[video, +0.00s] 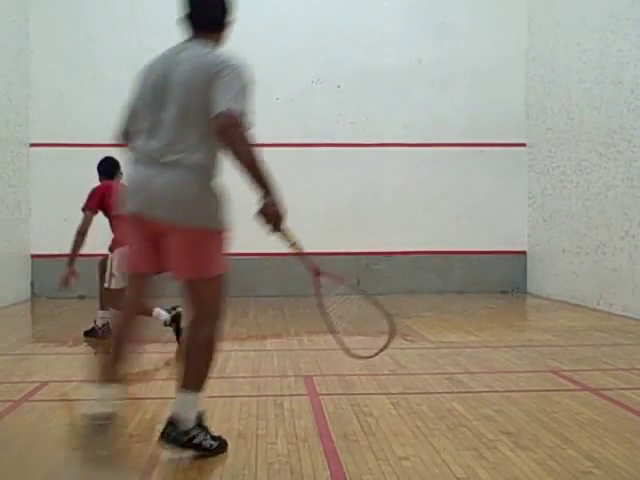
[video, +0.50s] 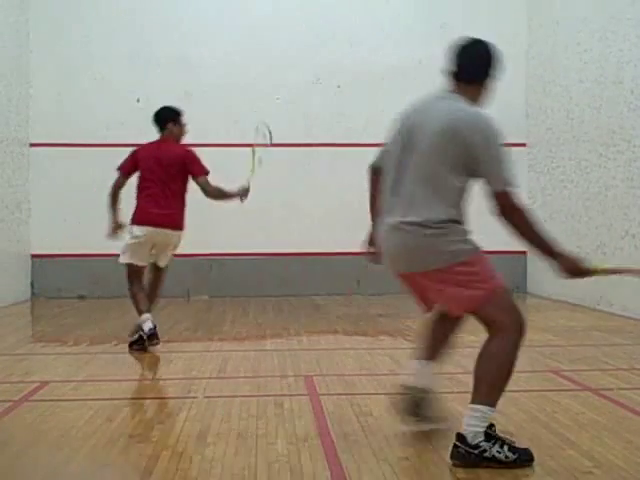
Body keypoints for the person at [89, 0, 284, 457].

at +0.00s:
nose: (224, 23)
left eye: (212, 16)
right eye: (225, 17)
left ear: (187, 20)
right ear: (224, 22)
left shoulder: (159, 64)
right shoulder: (224, 66)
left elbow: (127, 134)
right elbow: (228, 127)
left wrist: (181, 147)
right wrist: (268, 192)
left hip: (140, 199)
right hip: (192, 202)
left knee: (134, 300)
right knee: (205, 310)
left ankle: (102, 405)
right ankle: (184, 421)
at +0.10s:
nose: (272, 14)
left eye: (266, 9)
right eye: (273, 9)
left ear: (233, 11)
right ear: (269, 11)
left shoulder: (206, 53)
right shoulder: (267, 50)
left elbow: (179, 126)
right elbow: (263, 114)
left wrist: (225, 149)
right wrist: (303, 184)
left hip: (196, 188)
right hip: (243, 189)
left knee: (212, 292)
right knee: (270, 294)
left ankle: (200, 405)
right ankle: (230, 399)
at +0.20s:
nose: (316, 21)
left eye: (307, 15)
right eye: (316, 15)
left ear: (279, 20)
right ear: (314, 21)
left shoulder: (258, 63)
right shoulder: (309, 62)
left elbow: (233, 131)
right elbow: (303, 131)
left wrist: (276, 162)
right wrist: (351, 199)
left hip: (249, 206)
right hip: (291, 206)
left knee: (265, 306)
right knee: (348, 298)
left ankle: (230, 420)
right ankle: (335, 415)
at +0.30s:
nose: (371, 45)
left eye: (364, 36)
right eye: (371, 38)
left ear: (333, 38)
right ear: (367, 40)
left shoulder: (312, 84)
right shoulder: (360, 84)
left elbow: (300, 159)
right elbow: (361, 155)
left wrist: (335, 203)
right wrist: (416, 227)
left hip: (302, 225)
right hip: (346, 227)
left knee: (308, 322)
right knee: (414, 311)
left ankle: (244, 410)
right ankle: (450, 424)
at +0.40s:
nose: (428, 64)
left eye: (422, 55)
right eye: (429, 57)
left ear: (393, 55)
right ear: (427, 59)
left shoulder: (369, 102)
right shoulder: (421, 108)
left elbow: (349, 171)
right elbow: (442, 189)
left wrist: (390, 202)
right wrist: (493, 252)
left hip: (361, 238)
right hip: (404, 239)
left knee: (387, 328)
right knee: (478, 318)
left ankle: (313, 382)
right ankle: (473, 437)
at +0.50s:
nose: (488, 84)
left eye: (483, 75)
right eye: (489, 77)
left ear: (453, 72)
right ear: (486, 78)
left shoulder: (417, 111)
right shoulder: (477, 124)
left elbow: (377, 170)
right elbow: (506, 206)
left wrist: (376, 228)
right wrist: (560, 257)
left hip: (394, 239)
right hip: (437, 240)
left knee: (452, 306)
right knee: (508, 324)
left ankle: (415, 388)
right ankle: (475, 436)